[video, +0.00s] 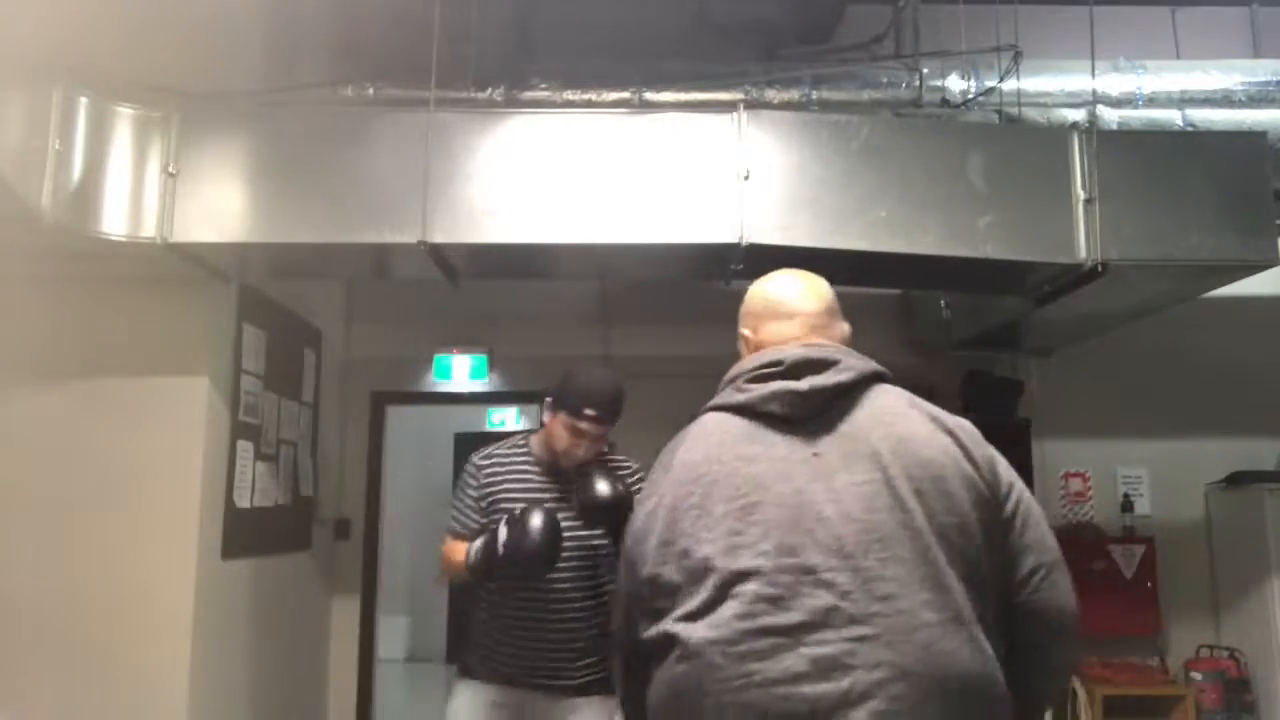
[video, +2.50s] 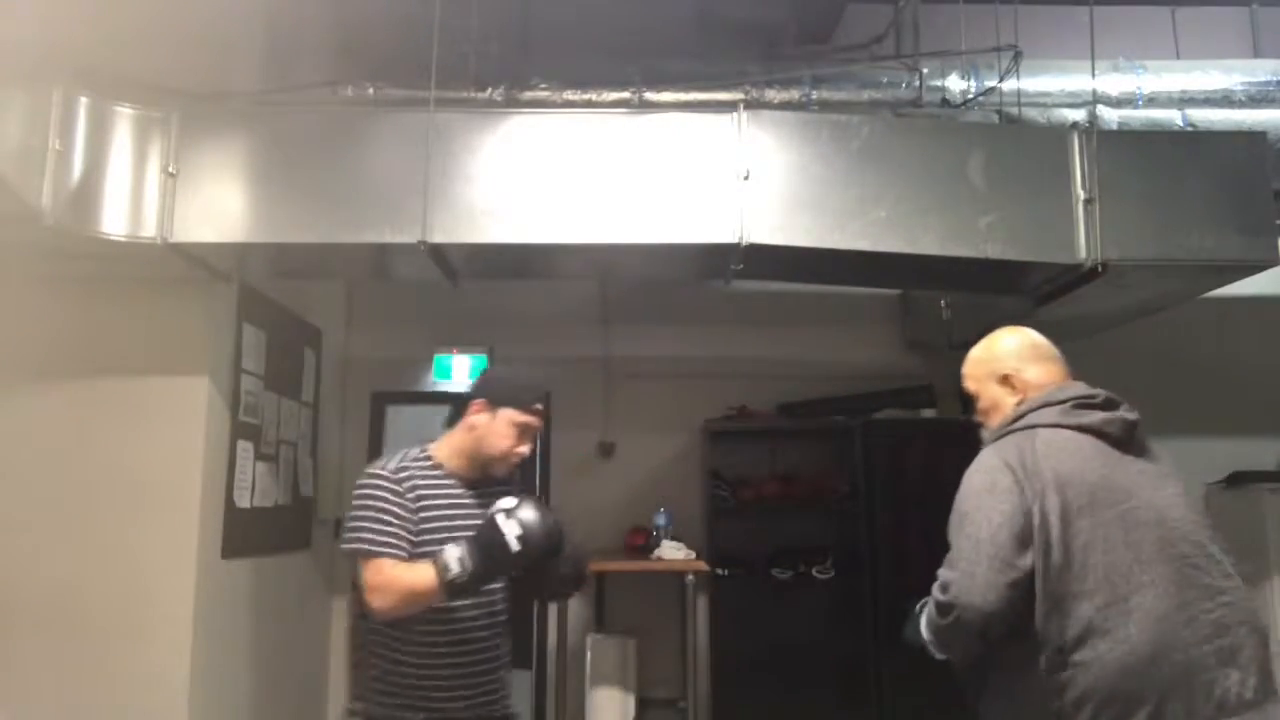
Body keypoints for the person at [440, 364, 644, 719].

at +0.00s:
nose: (585, 450)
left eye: (597, 439)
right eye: (576, 434)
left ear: (610, 434)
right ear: (549, 413)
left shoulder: (624, 476)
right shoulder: (487, 467)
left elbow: (656, 565)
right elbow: (450, 558)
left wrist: (623, 521)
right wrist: (493, 548)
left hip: (589, 691)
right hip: (494, 683)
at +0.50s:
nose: (575, 453)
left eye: (588, 441)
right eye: (564, 440)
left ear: (603, 435)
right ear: (544, 431)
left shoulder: (638, 479)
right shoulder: (515, 489)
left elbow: (671, 553)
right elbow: (493, 583)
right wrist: (527, 539)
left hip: (626, 674)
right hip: (550, 680)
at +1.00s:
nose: (644, 429)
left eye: (655, 420)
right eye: (633, 417)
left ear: (667, 424)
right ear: (606, 417)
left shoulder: (683, 468)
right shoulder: (564, 462)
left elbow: (736, 537)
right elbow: (532, 533)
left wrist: (719, 461)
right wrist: (590, 474)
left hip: (663, 688)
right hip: (577, 683)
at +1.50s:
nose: (571, 446)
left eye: (581, 437)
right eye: (562, 432)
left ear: (591, 432)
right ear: (532, 417)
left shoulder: (601, 469)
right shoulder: (480, 473)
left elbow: (619, 559)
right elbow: (473, 560)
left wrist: (635, 538)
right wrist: (529, 509)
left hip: (592, 683)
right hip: (510, 687)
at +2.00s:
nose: (622, 443)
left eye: (630, 433)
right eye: (618, 425)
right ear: (581, 404)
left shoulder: (610, 475)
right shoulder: (496, 462)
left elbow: (625, 570)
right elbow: (467, 565)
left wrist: (651, 532)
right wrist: (562, 533)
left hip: (593, 692)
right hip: (508, 694)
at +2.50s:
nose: (527, 451)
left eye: (533, 440)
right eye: (520, 432)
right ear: (477, 412)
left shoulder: (497, 492)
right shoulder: (390, 480)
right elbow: (382, 594)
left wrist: (548, 573)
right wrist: (477, 556)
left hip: (488, 704)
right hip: (405, 707)